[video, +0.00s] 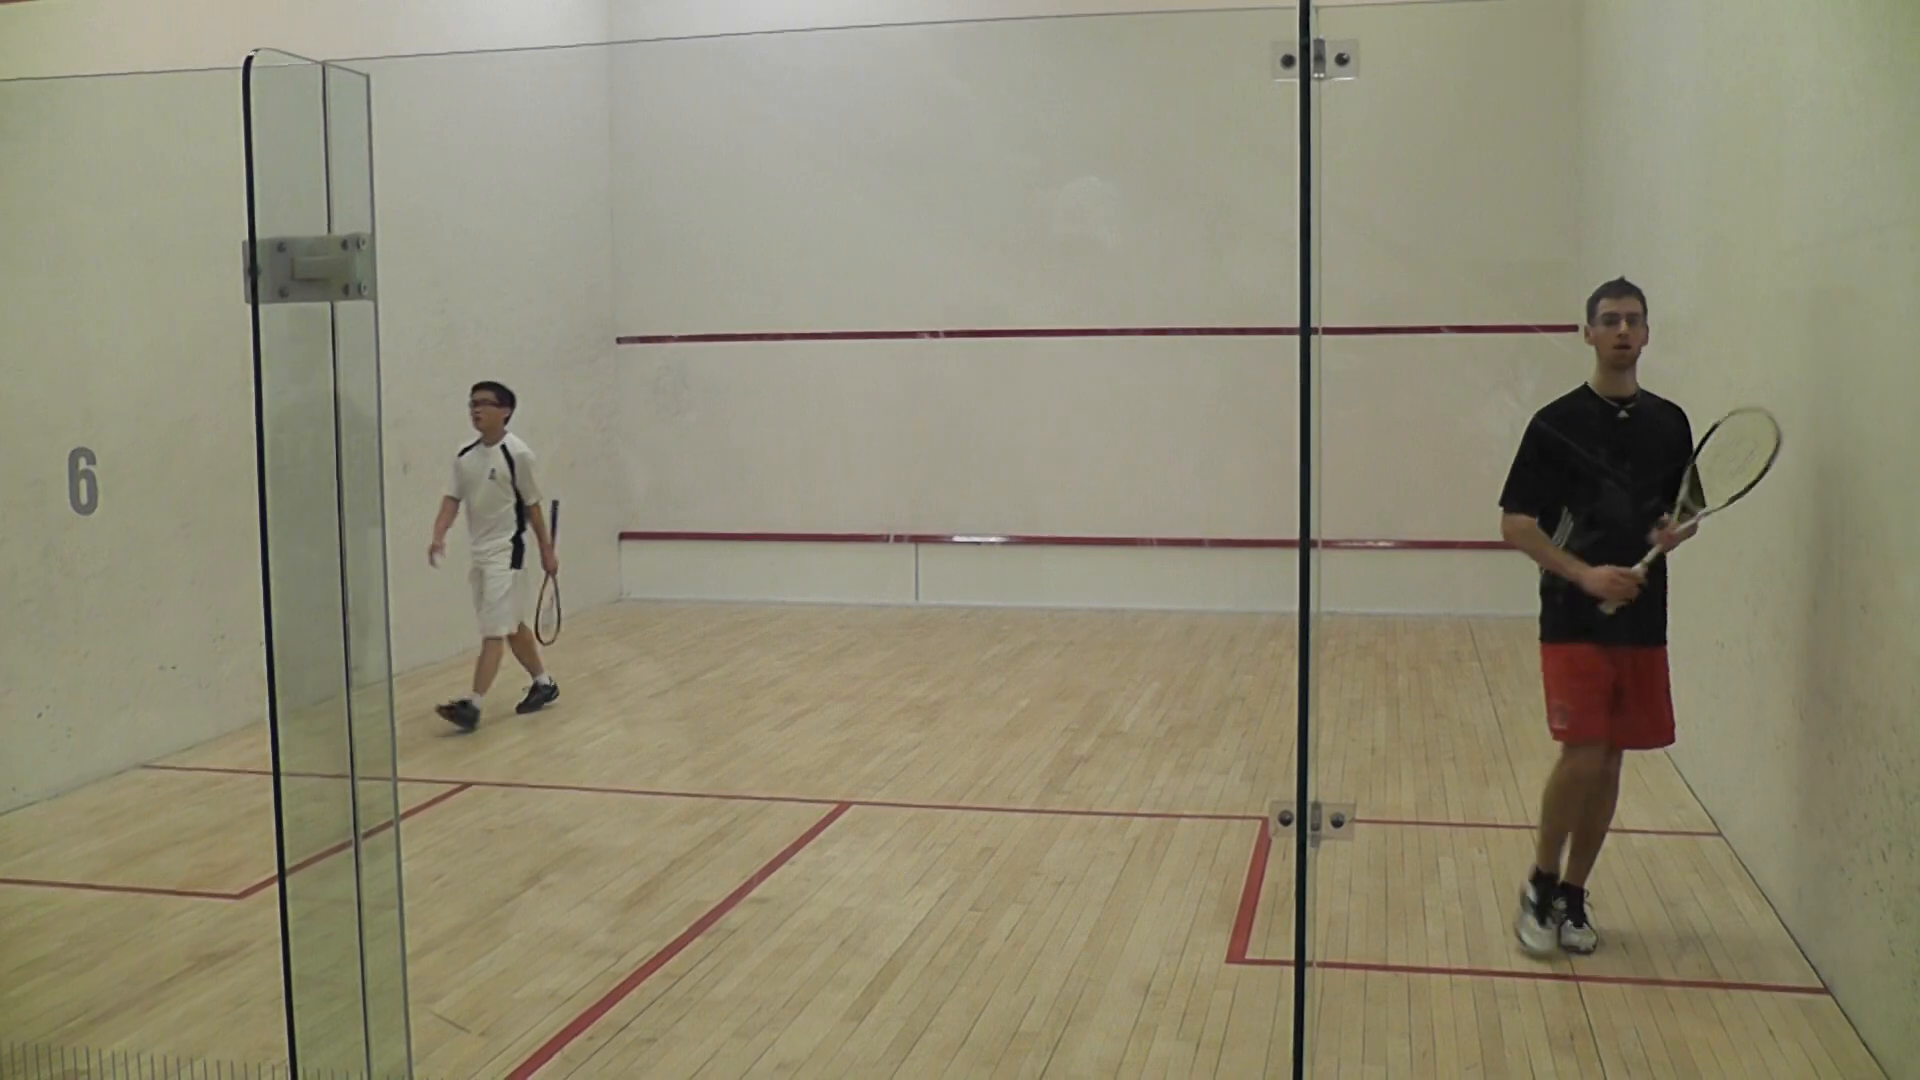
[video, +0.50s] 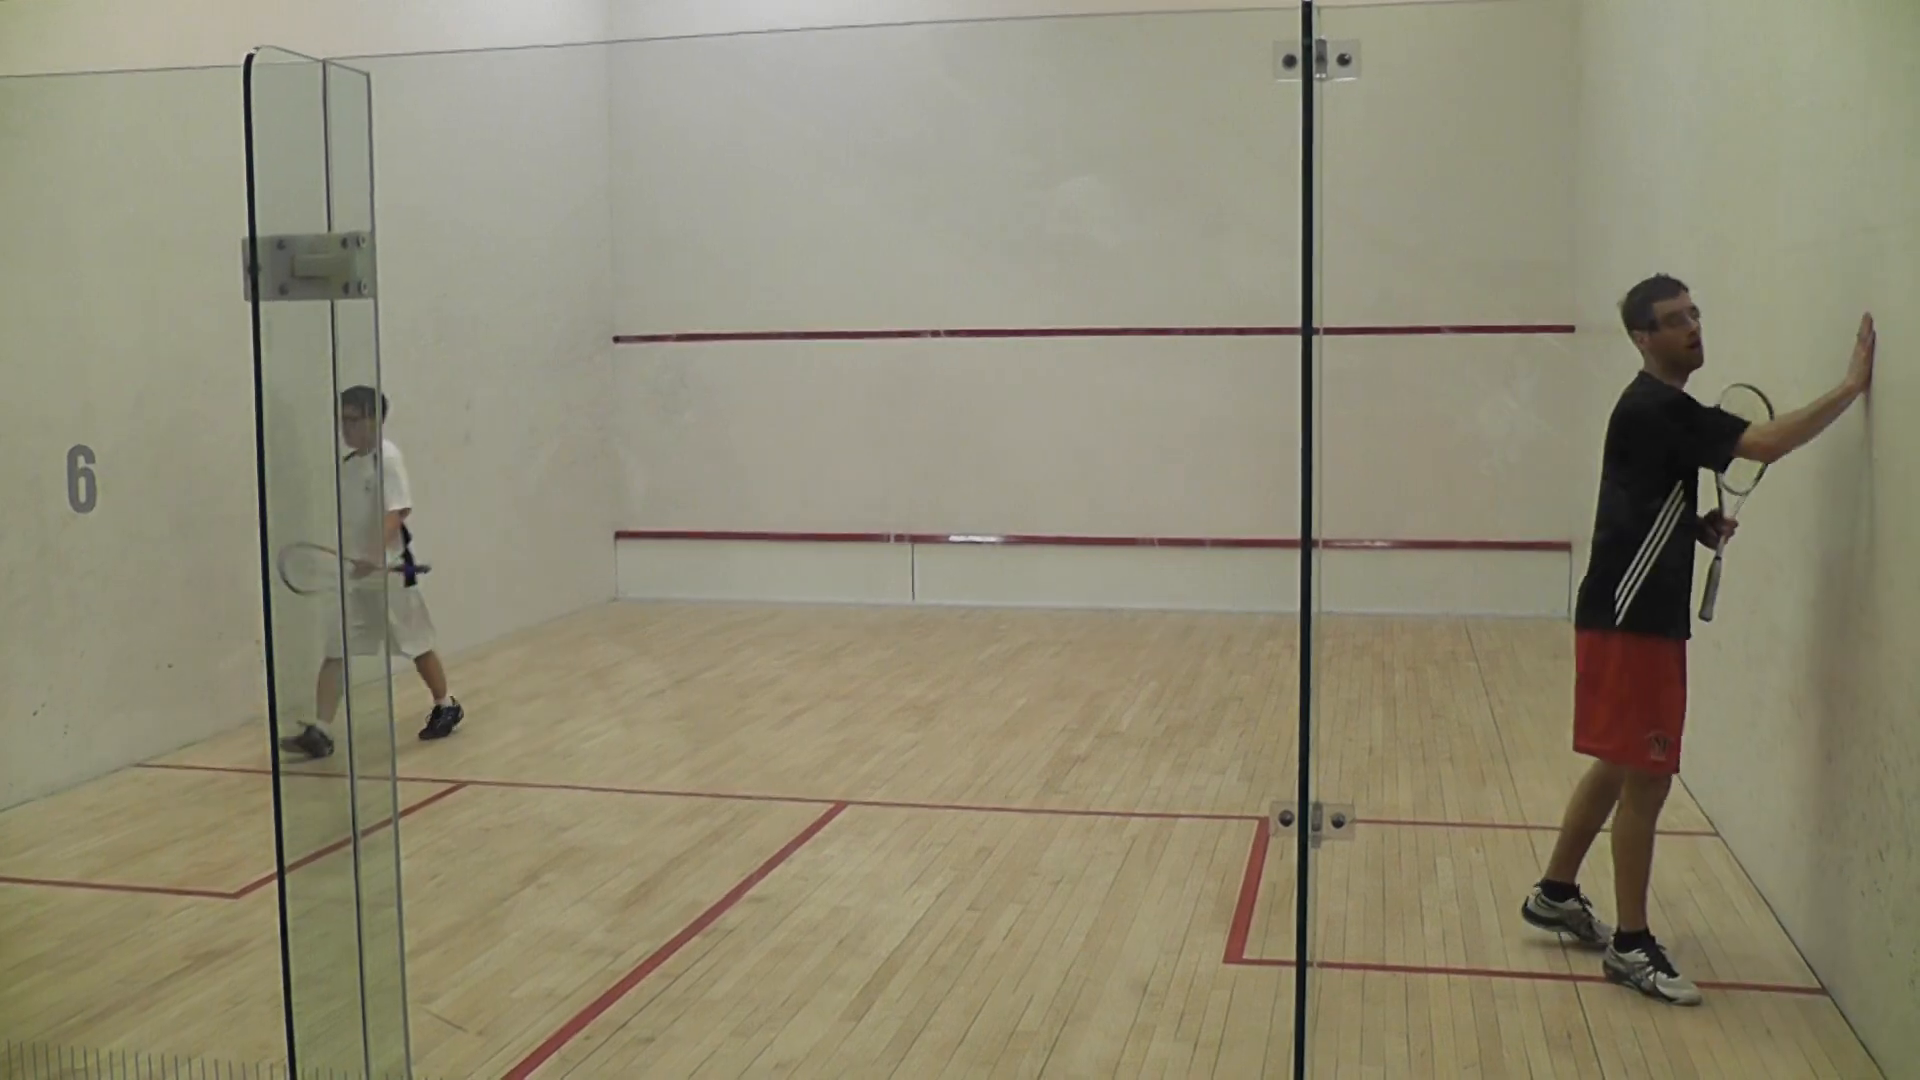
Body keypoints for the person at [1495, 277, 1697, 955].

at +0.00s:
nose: (1624, 332)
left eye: (1634, 321)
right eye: (1611, 321)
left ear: (1648, 333)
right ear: (1589, 333)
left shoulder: (1670, 423)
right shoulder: (1556, 423)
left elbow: (1686, 508)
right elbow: (1516, 526)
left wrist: (1672, 531)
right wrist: (1587, 574)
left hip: (1640, 622)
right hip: (1574, 621)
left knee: (1609, 758)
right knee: (1583, 753)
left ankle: (1574, 896)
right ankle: (1543, 887)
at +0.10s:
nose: (1632, 330)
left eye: (1642, 319)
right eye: (1618, 320)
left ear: (1655, 332)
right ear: (1594, 335)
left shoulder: (1670, 421)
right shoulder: (1571, 421)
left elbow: (1683, 506)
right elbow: (1545, 524)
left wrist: (1693, 516)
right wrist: (1635, 547)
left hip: (1644, 620)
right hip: (1591, 621)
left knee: (1610, 769)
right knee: (1603, 771)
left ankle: (1574, 895)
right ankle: (1592, 924)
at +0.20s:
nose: (1643, 332)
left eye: (1651, 321)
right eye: (1628, 322)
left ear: (1662, 334)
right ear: (1602, 338)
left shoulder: (1663, 422)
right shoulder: (1587, 423)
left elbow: (1671, 515)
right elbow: (1605, 510)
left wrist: (1700, 518)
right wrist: (1706, 481)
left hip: (1652, 627)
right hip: (1603, 630)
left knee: (1615, 767)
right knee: (1621, 776)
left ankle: (1569, 892)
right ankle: (1631, 942)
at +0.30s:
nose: (1662, 328)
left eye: (1666, 317)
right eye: (1644, 320)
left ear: (1672, 332)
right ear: (1615, 338)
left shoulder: (1660, 417)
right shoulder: (1611, 415)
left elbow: (1647, 508)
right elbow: (1678, 483)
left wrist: (1700, 524)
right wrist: (1765, 407)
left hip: (1652, 622)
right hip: (1620, 626)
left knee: (1625, 767)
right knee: (1635, 777)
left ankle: (1560, 891)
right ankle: (1629, 945)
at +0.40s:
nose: (1678, 326)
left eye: (1680, 315)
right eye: (1661, 319)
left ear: (1681, 330)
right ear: (1630, 338)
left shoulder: (1658, 409)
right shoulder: (1634, 412)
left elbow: (1639, 507)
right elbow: (1744, 449)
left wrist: (1697, 523)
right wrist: (1815, 376)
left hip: (1637, 618)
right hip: (1633, 624)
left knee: (1621, 763)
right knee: (1646, 776)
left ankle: (1553, 890)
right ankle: (1630, 944)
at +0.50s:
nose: (1695, 329)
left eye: (1694, 317)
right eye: (1678, 322)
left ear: (1688, 325)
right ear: (1644, 338)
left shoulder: (1653, 402)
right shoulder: (1656, 407)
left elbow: (1637, 506)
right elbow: (1764, 443)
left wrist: (1695, 524)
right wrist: (1851, 388)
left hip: (1628, 616)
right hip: (1641, 623)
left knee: (1619, 760)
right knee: (1650, 773)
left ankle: (1553, 891)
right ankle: (1631, 943)